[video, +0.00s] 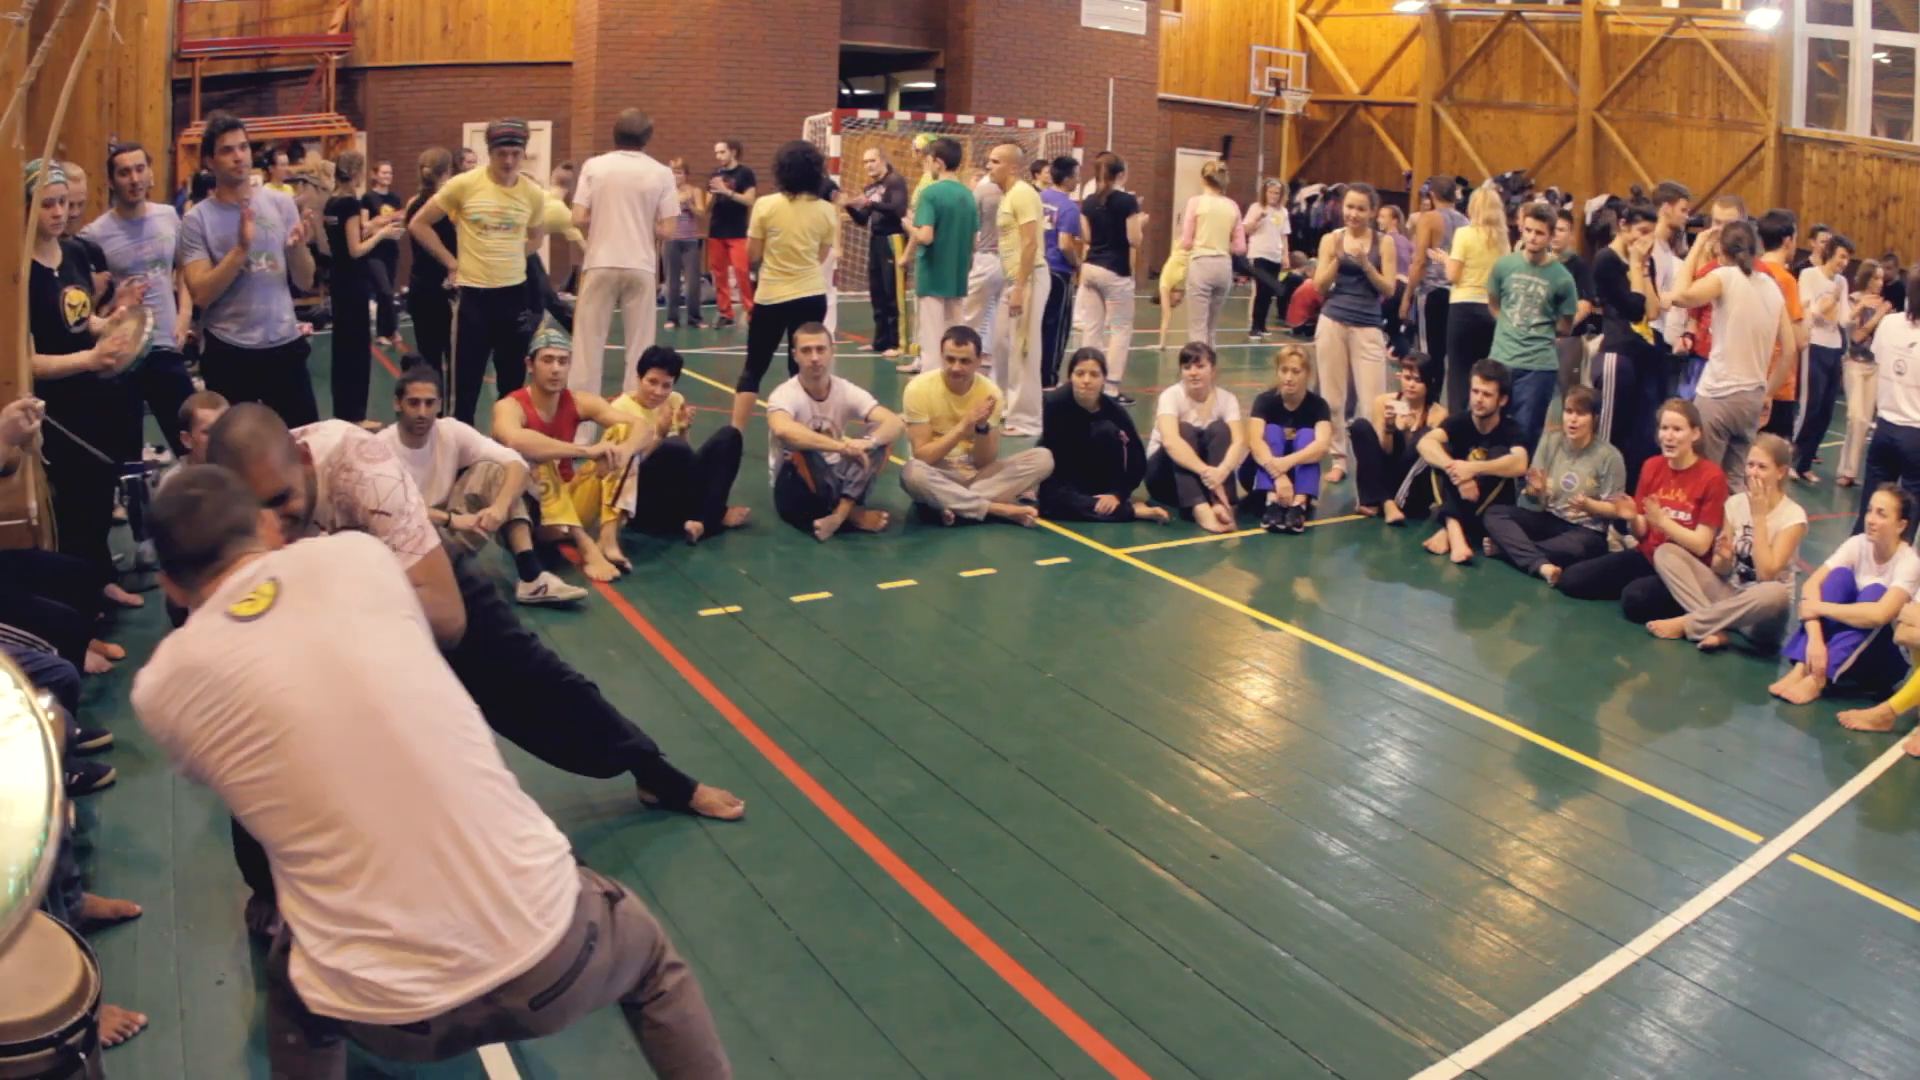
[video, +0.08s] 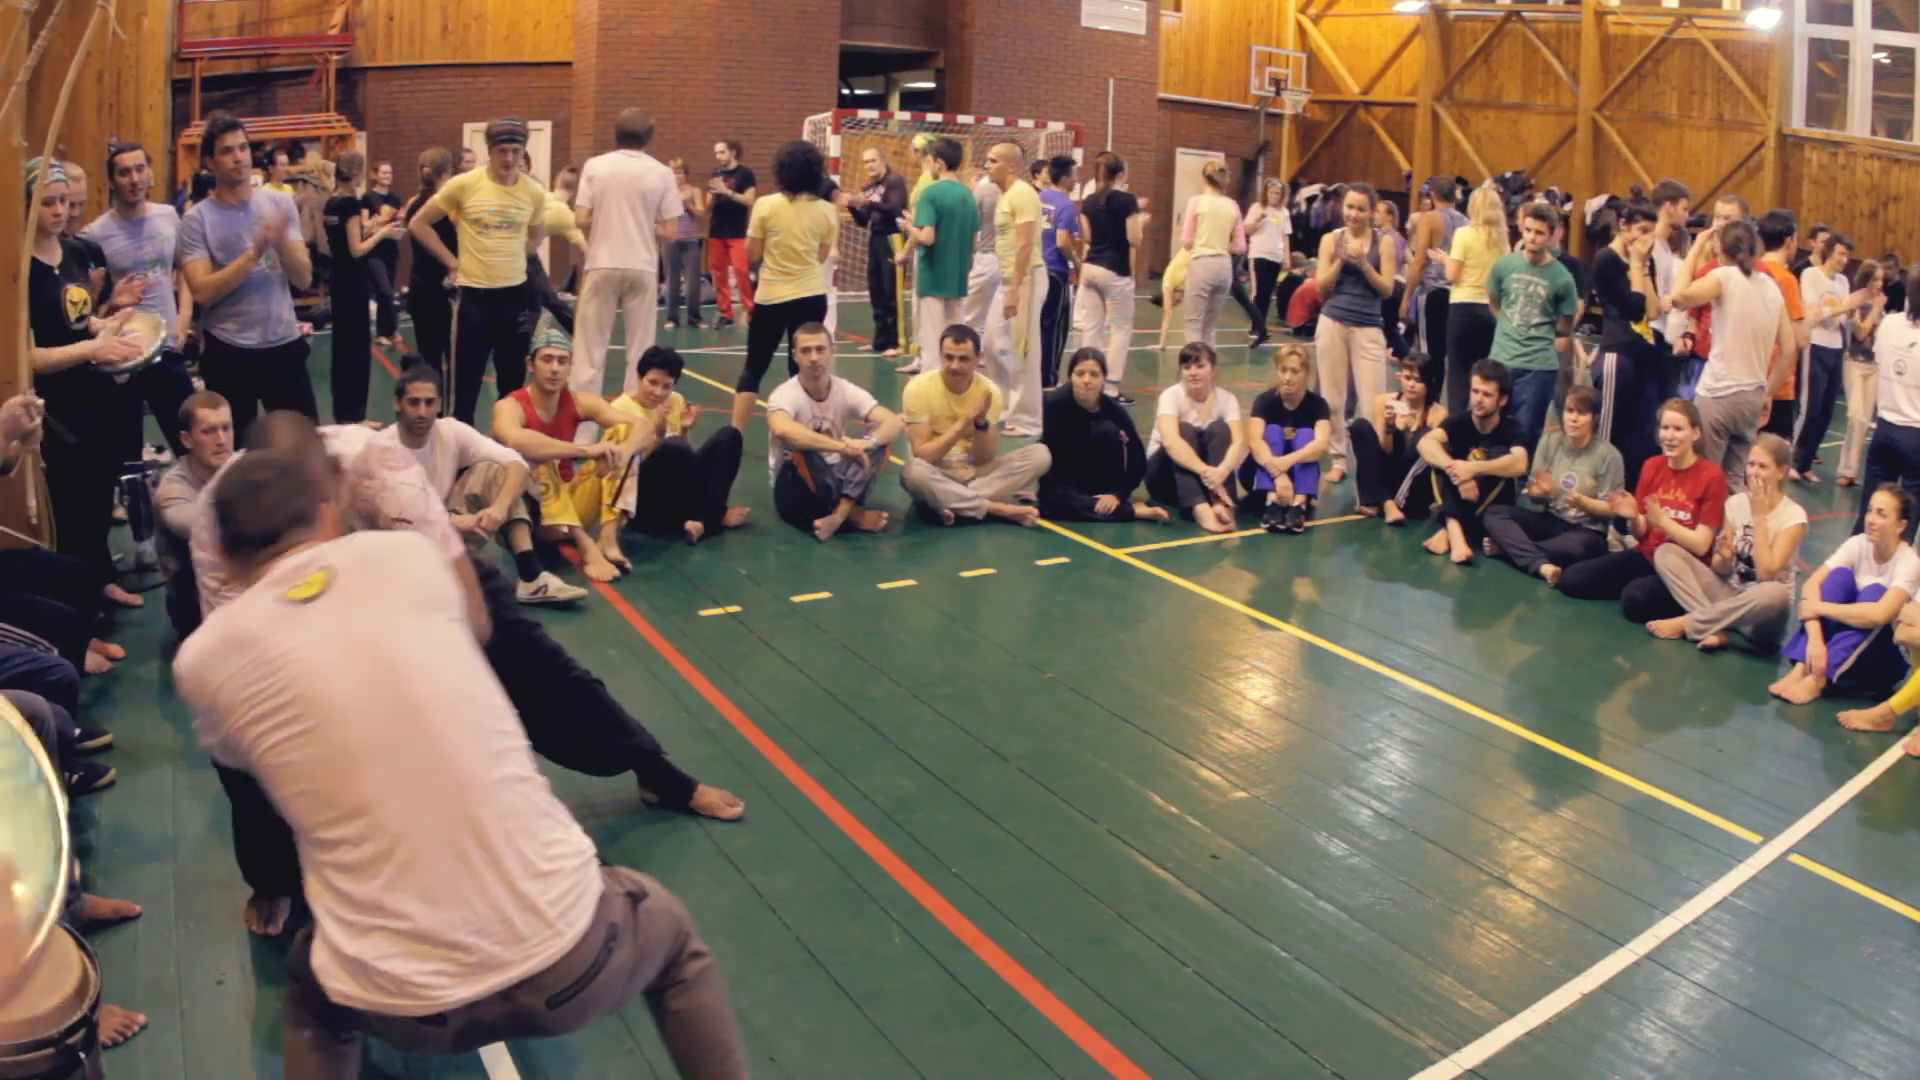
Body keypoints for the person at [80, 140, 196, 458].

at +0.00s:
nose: (134, 179)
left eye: (140, 169)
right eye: (124, 173)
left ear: (150, 174)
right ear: (111, 181)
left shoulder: (168, 216)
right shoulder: (94, 235)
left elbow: (182, 271)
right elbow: (88, 300)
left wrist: (184, 317)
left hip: (167, 349)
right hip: (121, 355)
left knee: (192, 442)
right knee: (126, 451)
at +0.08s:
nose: (134, 179)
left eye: (140, 169)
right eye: (124, 173)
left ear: (150, 174)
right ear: (111, 181)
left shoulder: (168, 216)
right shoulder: (94, 235)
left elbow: (182, 270)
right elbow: (90, 302)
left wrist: (183, 320)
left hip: (168, 351)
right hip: (121, 359)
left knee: (193, 443)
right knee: (126, 455)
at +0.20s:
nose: (134, 179)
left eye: (140, 170)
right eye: (124, 173)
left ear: (150, 174)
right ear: (111, 181)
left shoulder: (169, 216)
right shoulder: (93, 236)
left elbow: (183, 270)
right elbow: (88, 300)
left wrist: (183, 320)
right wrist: (112, 324)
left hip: (168, 351)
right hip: (120, 356)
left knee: (192, 442)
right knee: (126, 452)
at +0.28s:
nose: (134, 179)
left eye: (140, 169)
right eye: (124, 173)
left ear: (150, 174)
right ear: (111, 181)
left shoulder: (168, 216)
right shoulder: (93, 236)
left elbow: (183, 271)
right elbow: (88, 303)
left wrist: (184, 318)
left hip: (168, 352)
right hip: (121, 357)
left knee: (195, 445)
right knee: (126, 457)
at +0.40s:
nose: (134, 179)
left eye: (139, 169)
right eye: (124, 173)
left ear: (150, 173)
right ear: (111, 181)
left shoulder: (168, 216)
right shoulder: (93, 236)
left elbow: (183, 271)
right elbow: (90, 302)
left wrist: (184, 318)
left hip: (169, 353)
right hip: (121, 359)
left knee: (193, 443)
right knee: (127, 455)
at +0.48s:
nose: (134, 179)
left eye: (139, 169)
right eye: (124, 173)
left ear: (150, 173)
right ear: (111, 181)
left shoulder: (168, 216)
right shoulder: (93, 236)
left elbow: (183, 268)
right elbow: (86, 302)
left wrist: (184, 318)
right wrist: (113, 328)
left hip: (169, 353)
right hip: (120, 360)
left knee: (194, 445)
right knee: (127, 457)